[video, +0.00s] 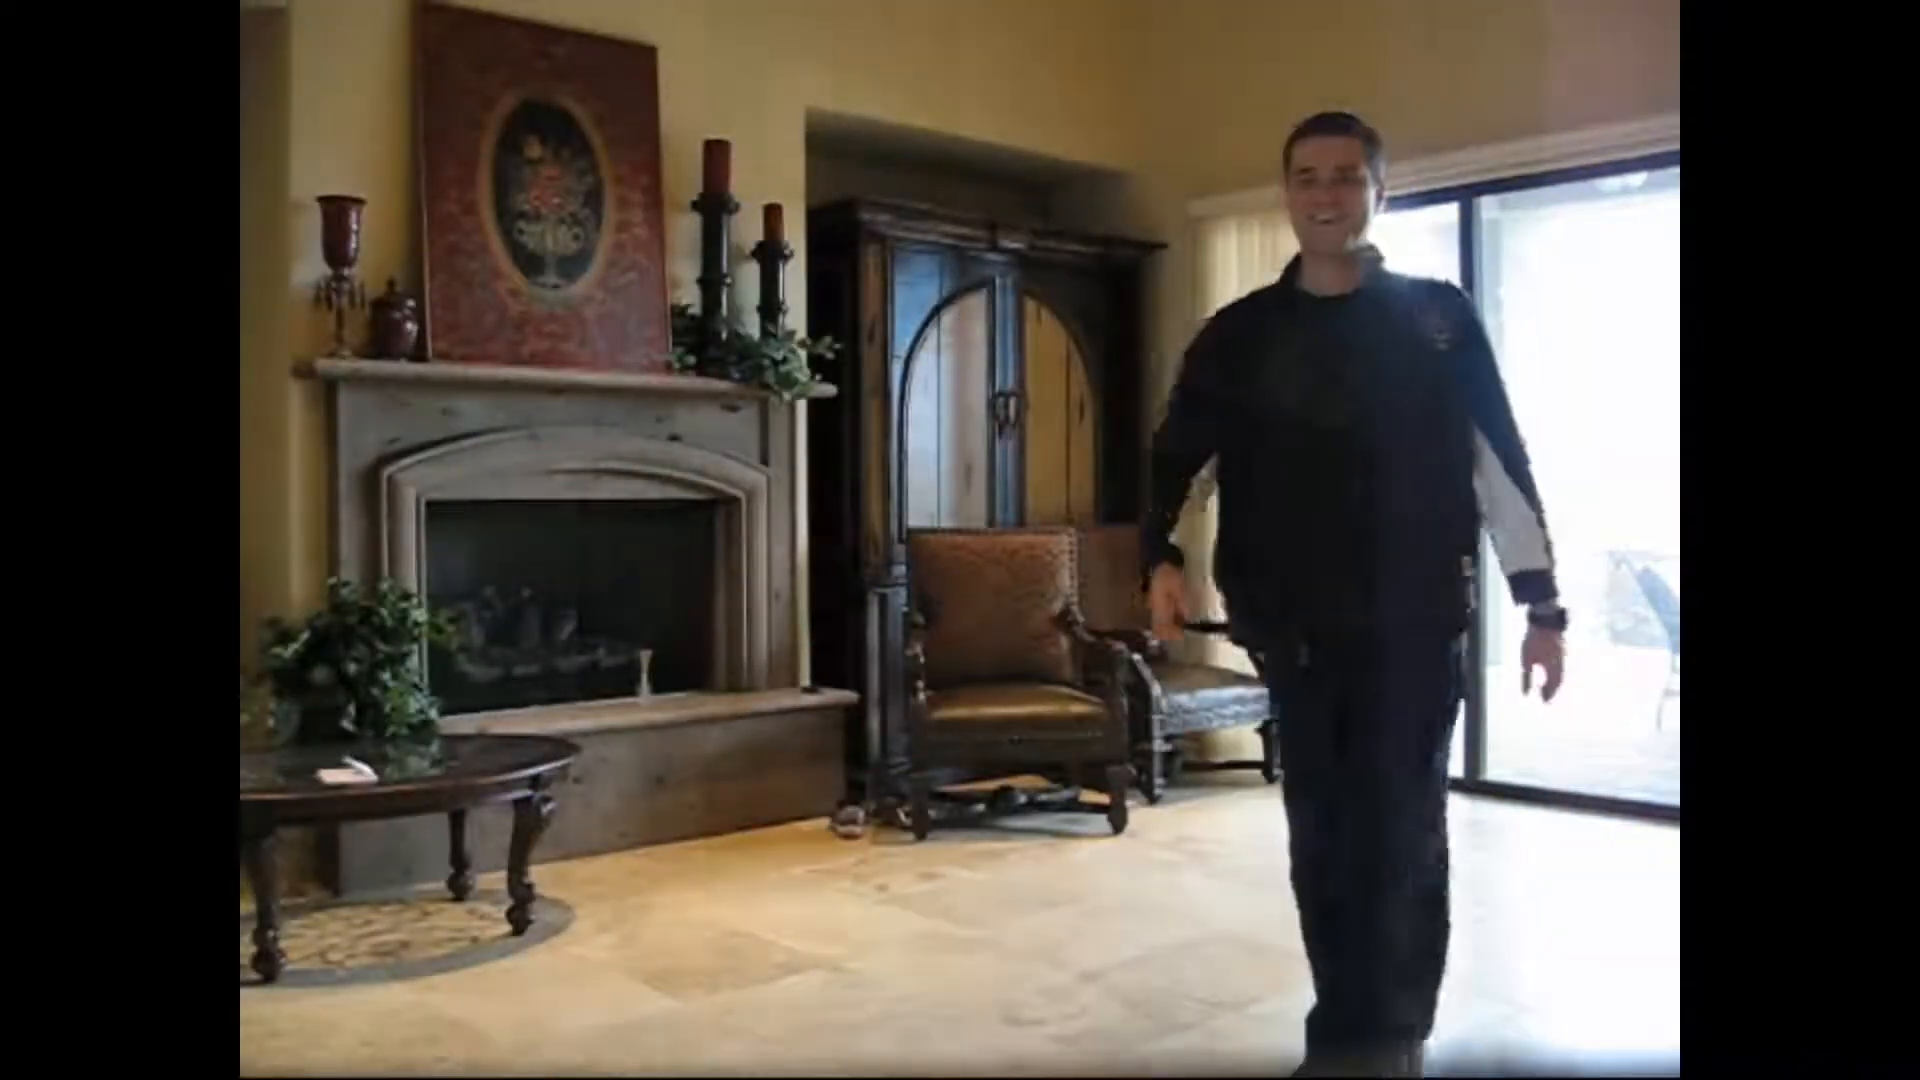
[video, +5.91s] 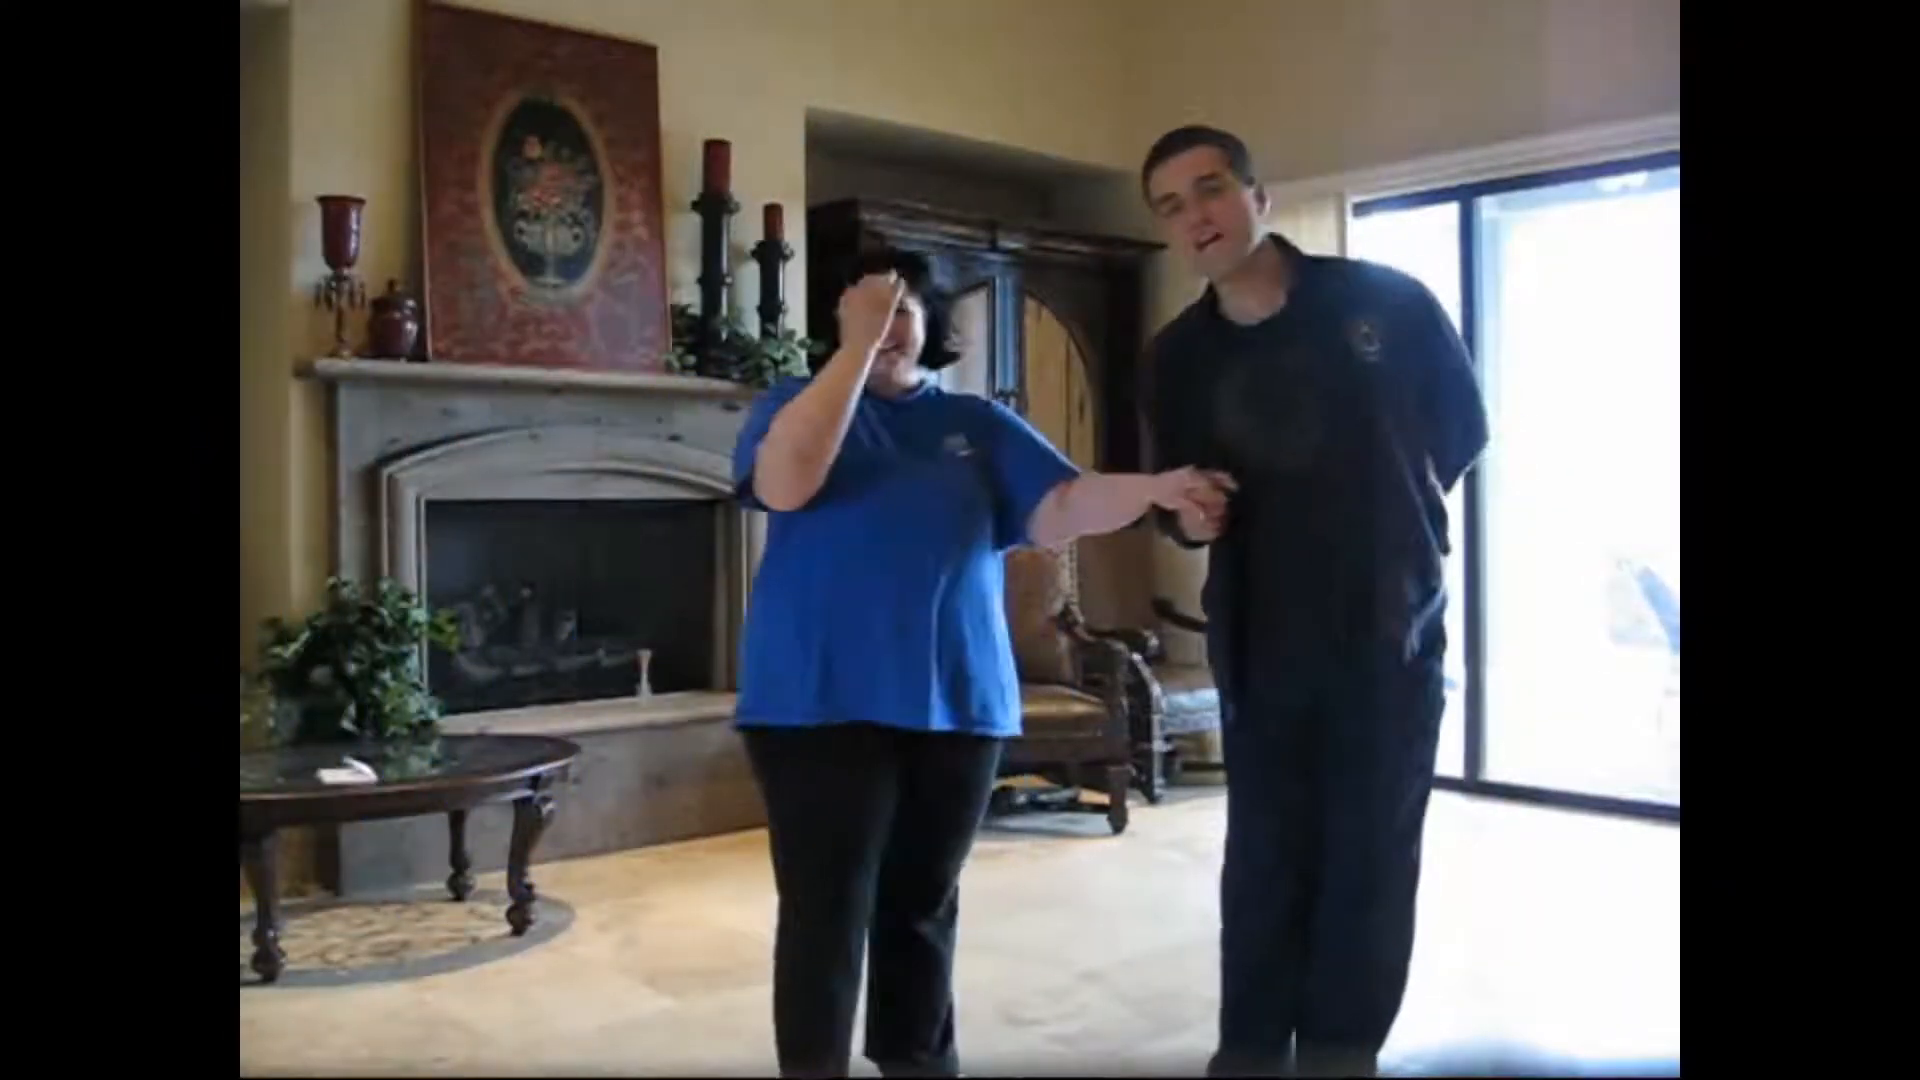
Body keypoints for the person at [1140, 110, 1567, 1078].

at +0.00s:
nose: (1327, 194)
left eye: (1346, 177)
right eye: (1309, 178)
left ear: (1377, 193)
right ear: (1284, 195)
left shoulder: (1434, 314)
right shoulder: (1235, 335)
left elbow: (1500, 463)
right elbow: (1167, 466)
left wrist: (1542, 605)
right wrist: (1159, 558)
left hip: (1412, 622)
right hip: (1294, 626)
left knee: (1402, 836)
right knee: (1321, 840)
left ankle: (1397, 1045)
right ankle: (1338, 1045)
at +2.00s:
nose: (1319, 204)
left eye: (1337, 188)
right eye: (1301, 188)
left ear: (1366, 203)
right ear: (1276, 204)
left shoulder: (1420, 326)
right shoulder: (1226, 338)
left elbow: (1464, 477)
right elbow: (1185, 486)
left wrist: (1467, 616)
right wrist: (1155, 619)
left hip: (1392, 634)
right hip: (1276, 636)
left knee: (1414, 861)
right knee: (1287, 856)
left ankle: (1439, 1055)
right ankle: (1295, 1041)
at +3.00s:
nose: (1252, 204)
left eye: (1270, 185)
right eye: (1235, 188)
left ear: (1302, 198)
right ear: (1215, 205)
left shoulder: (1359, 323)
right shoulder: (1171, 342)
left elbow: (1399, 477)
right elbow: (1114, 479)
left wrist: (1371, 610)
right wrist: (1042, 593)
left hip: (1328, 633)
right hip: (1205, 640)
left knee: (1382, 864)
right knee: (1206, 864)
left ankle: (1432, 1056)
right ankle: (1208, 1054)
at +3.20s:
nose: (1210, 204)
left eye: (1229, 186)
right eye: (1191, 188)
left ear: (1261, 197)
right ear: (1170, 205)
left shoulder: (1325, 316)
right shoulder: (1138, 337)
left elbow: (1375, 471)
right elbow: (1044, 449)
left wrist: (1367, 616)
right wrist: (936, 525)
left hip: (1312, 629)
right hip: (1190, 634)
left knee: (1354, 862)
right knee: (1200, 866)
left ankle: (1403, 1052)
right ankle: (1206, 1056)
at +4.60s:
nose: (1266, 253)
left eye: (1278, 230)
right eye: (1244, 234)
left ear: (1295, 211)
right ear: (1200, 221)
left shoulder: (1343, 315)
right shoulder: (1148, 337)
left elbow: (1429, 450)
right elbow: (1098, 464)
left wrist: (1322, 472)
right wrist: (1041, 508)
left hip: (1325, 639)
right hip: (1205, 640)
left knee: (1327, 862)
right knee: (1210, 862)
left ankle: (1326, 1060)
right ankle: (1209, 1055)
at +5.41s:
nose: (1292, 181)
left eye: (1308, 160)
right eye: (1270, 167)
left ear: (1342, 173)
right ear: (1247, 189)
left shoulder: (1420, 303)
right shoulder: (1210, 325)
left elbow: (1481, 471)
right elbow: (1188, 469)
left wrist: (1410, 571)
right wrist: (1181, 476)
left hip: (1373, 636)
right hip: (1252, 637)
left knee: (1360, 865)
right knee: (1256, 860)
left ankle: (1338, 1059)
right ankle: (1250, 1055)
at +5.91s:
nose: (1195, 214)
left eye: (1210, 189)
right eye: (1172, 206)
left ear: (1258, 197)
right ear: (1164, 231)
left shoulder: (1387, 302)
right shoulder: (1172, 359)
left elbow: (1455, 438)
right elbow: (1166, 498)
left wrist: (1378, 517)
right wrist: (1189, 514)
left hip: (1384, 627)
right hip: (1259, 634)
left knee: (1368, 857)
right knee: (1265, 855)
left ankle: (1342, 1054)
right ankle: (1249, 1051)